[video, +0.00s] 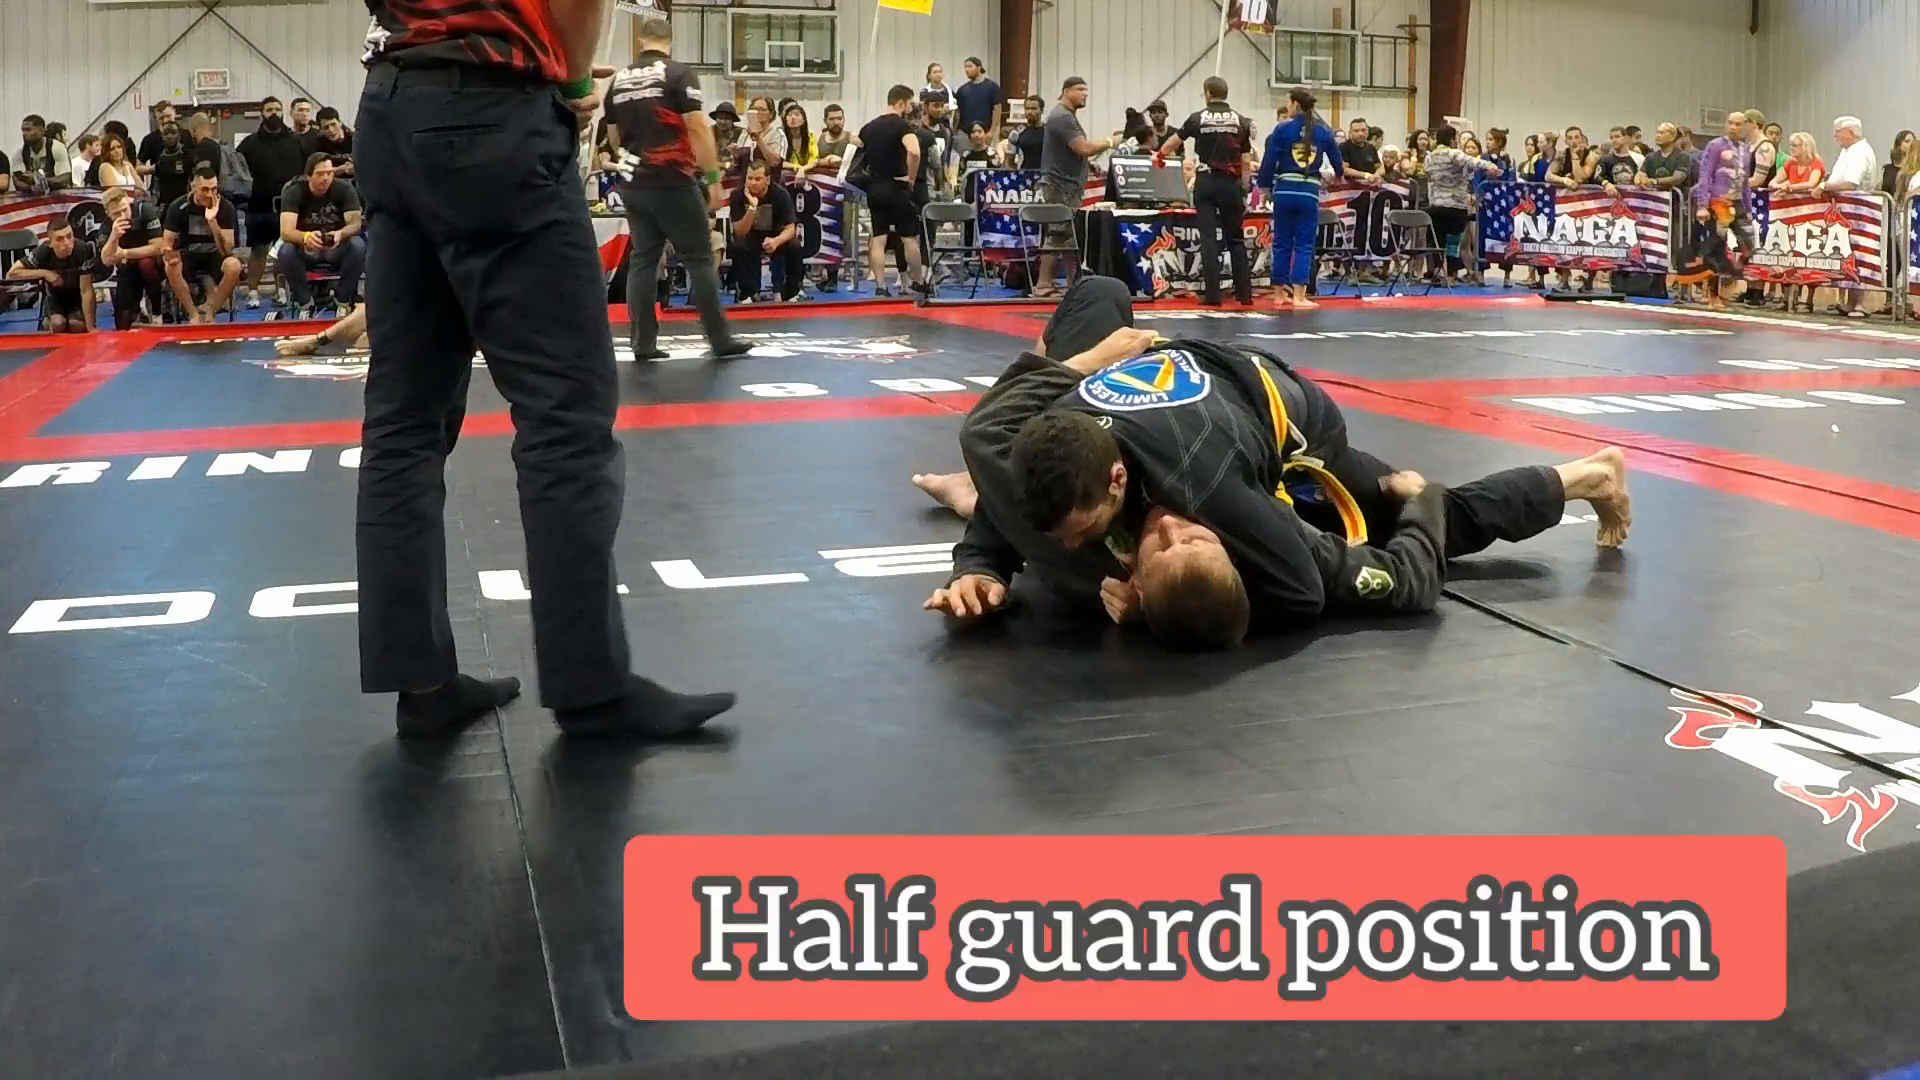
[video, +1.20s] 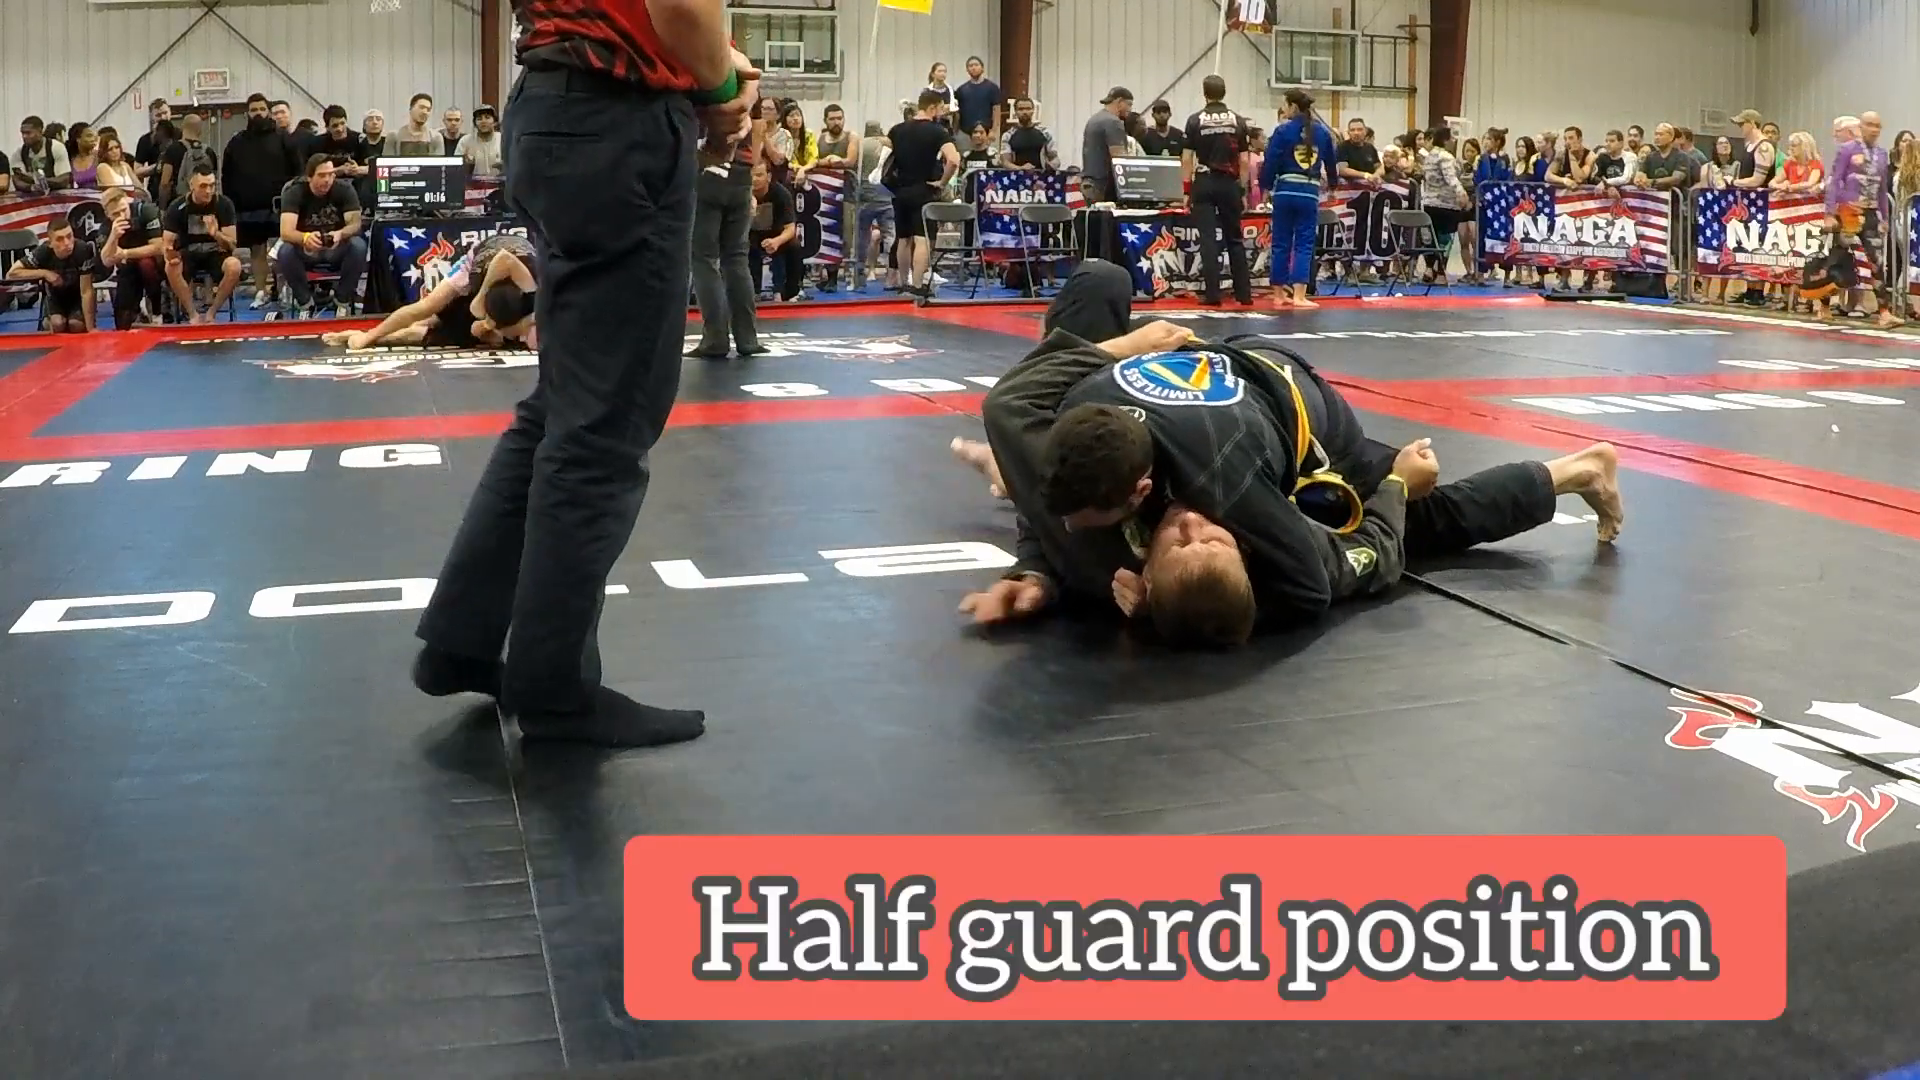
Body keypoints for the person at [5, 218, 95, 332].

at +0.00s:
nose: (67, 243)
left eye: (69, 237)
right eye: (60, 239)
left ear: (73, 235)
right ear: (50, 241)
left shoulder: (83, 249)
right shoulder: (44, 251)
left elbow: (86, 290)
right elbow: (12, 273)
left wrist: (91, 328)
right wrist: (44, 273)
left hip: (78, 292)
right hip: (56, 292)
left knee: (78, 325)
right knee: (58, 323)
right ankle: (46, 324)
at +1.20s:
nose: (67, 243)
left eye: (69, 237)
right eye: (60, 239)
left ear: (73, 235)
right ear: (50, 241)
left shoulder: (83, 250)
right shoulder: (44, 251)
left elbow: (86, 291)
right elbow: (12, 273)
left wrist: (91, 328)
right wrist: (44, 273)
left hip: (78, 291)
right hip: (55, 292)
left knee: (76, 324)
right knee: (58, 323)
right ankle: (46, 323)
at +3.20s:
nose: (67, 243)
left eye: (69, 237)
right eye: (60, 239)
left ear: (73, 235)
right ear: (50, 241)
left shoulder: (83, 249)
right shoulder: (44, 251)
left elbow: (86, 290)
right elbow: (12, 274)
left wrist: (91, 328)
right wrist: (44, 273)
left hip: (78, 292)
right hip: (55, 292)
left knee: (76, 325)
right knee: (58, 323)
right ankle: (46, 323)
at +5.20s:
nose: (67, 243)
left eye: (69, 237)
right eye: (60, 239)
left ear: (73, 235)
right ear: (50, 241)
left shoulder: (83, 249)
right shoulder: (43, 251)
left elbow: (86, 290)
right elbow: (12, 273)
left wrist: (91, 327)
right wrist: (44, 273)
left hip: (78, 291)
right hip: (55, 292)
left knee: (77, 324)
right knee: (57, 323)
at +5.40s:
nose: (67, 243)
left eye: (69, 237)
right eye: (60, 239)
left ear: (73, 235)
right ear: (50, 240)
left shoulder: (83, 249)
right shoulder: (44, 251)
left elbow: (86, 290)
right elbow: (12, 273)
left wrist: (91, 327)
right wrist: (44, 273)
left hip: (78, 291)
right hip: (55, 292)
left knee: (77, 324)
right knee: (58, 323)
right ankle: (46, 323)